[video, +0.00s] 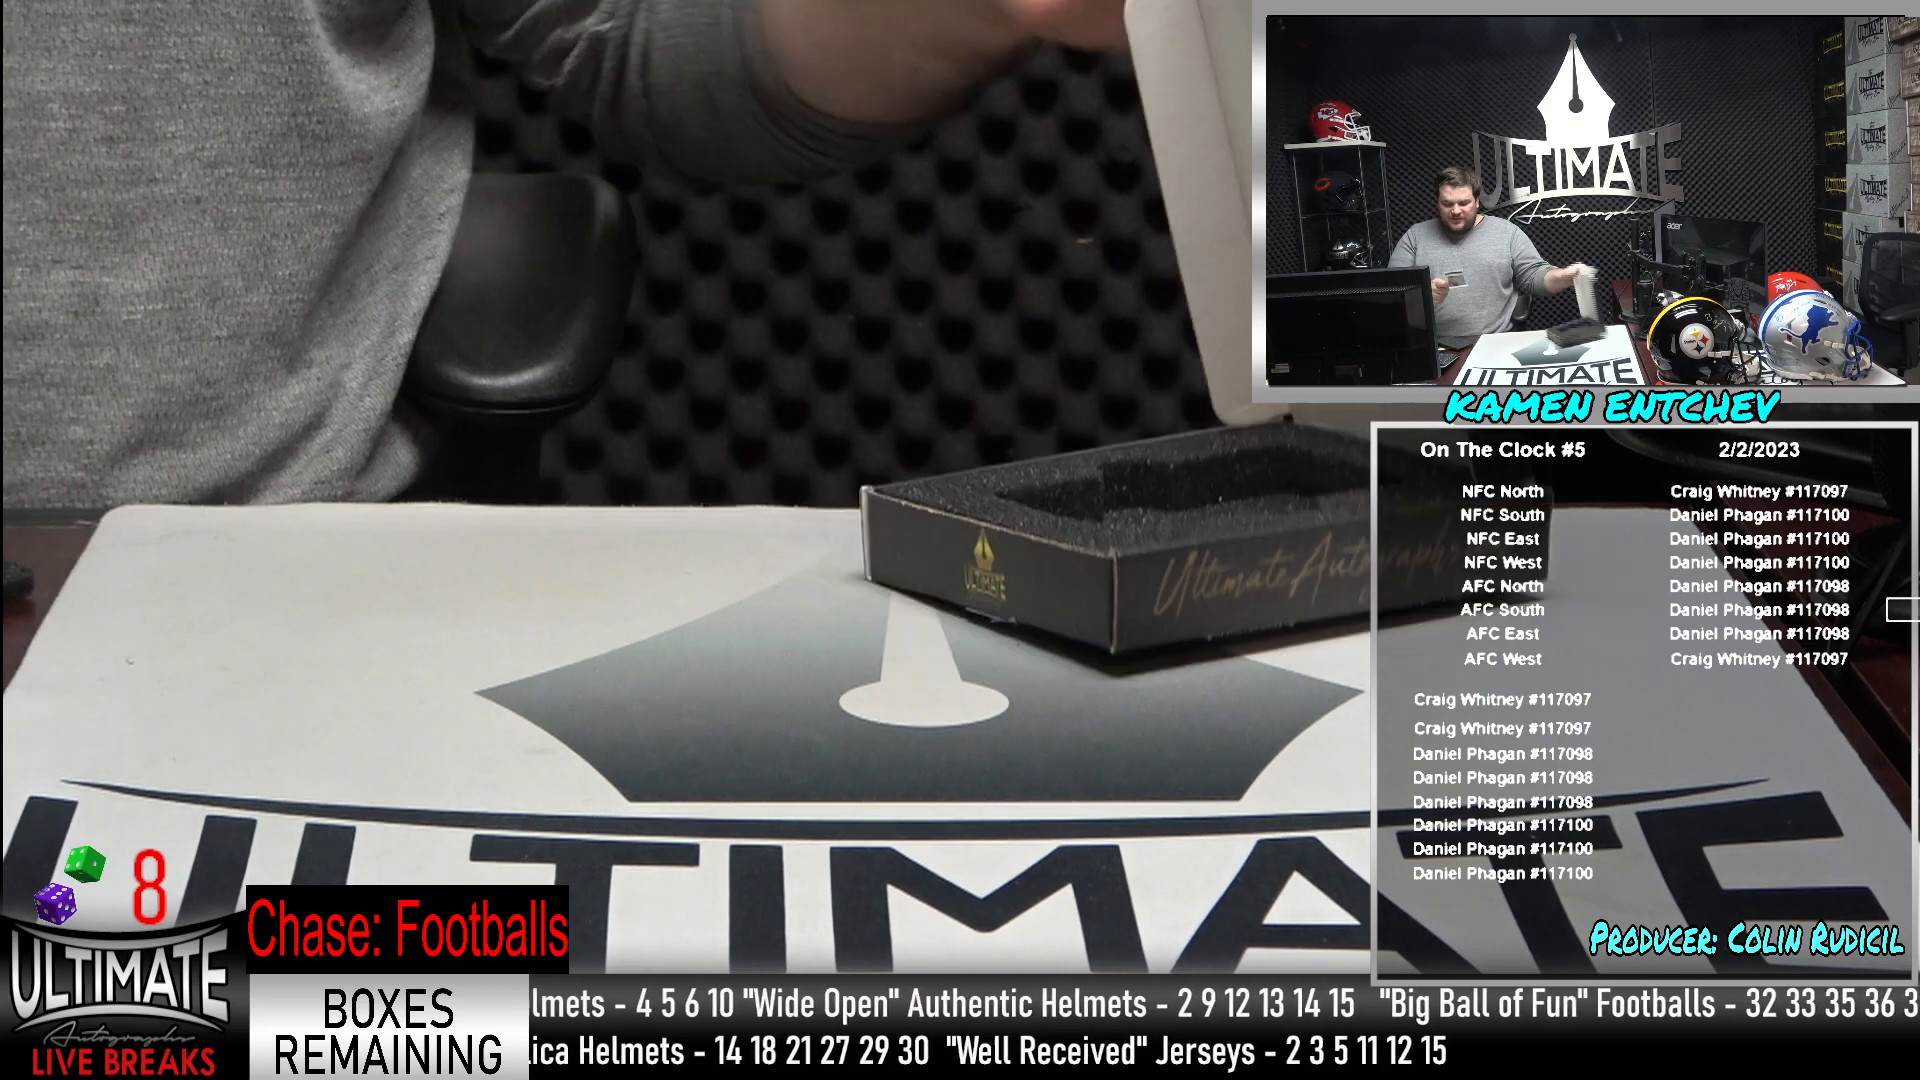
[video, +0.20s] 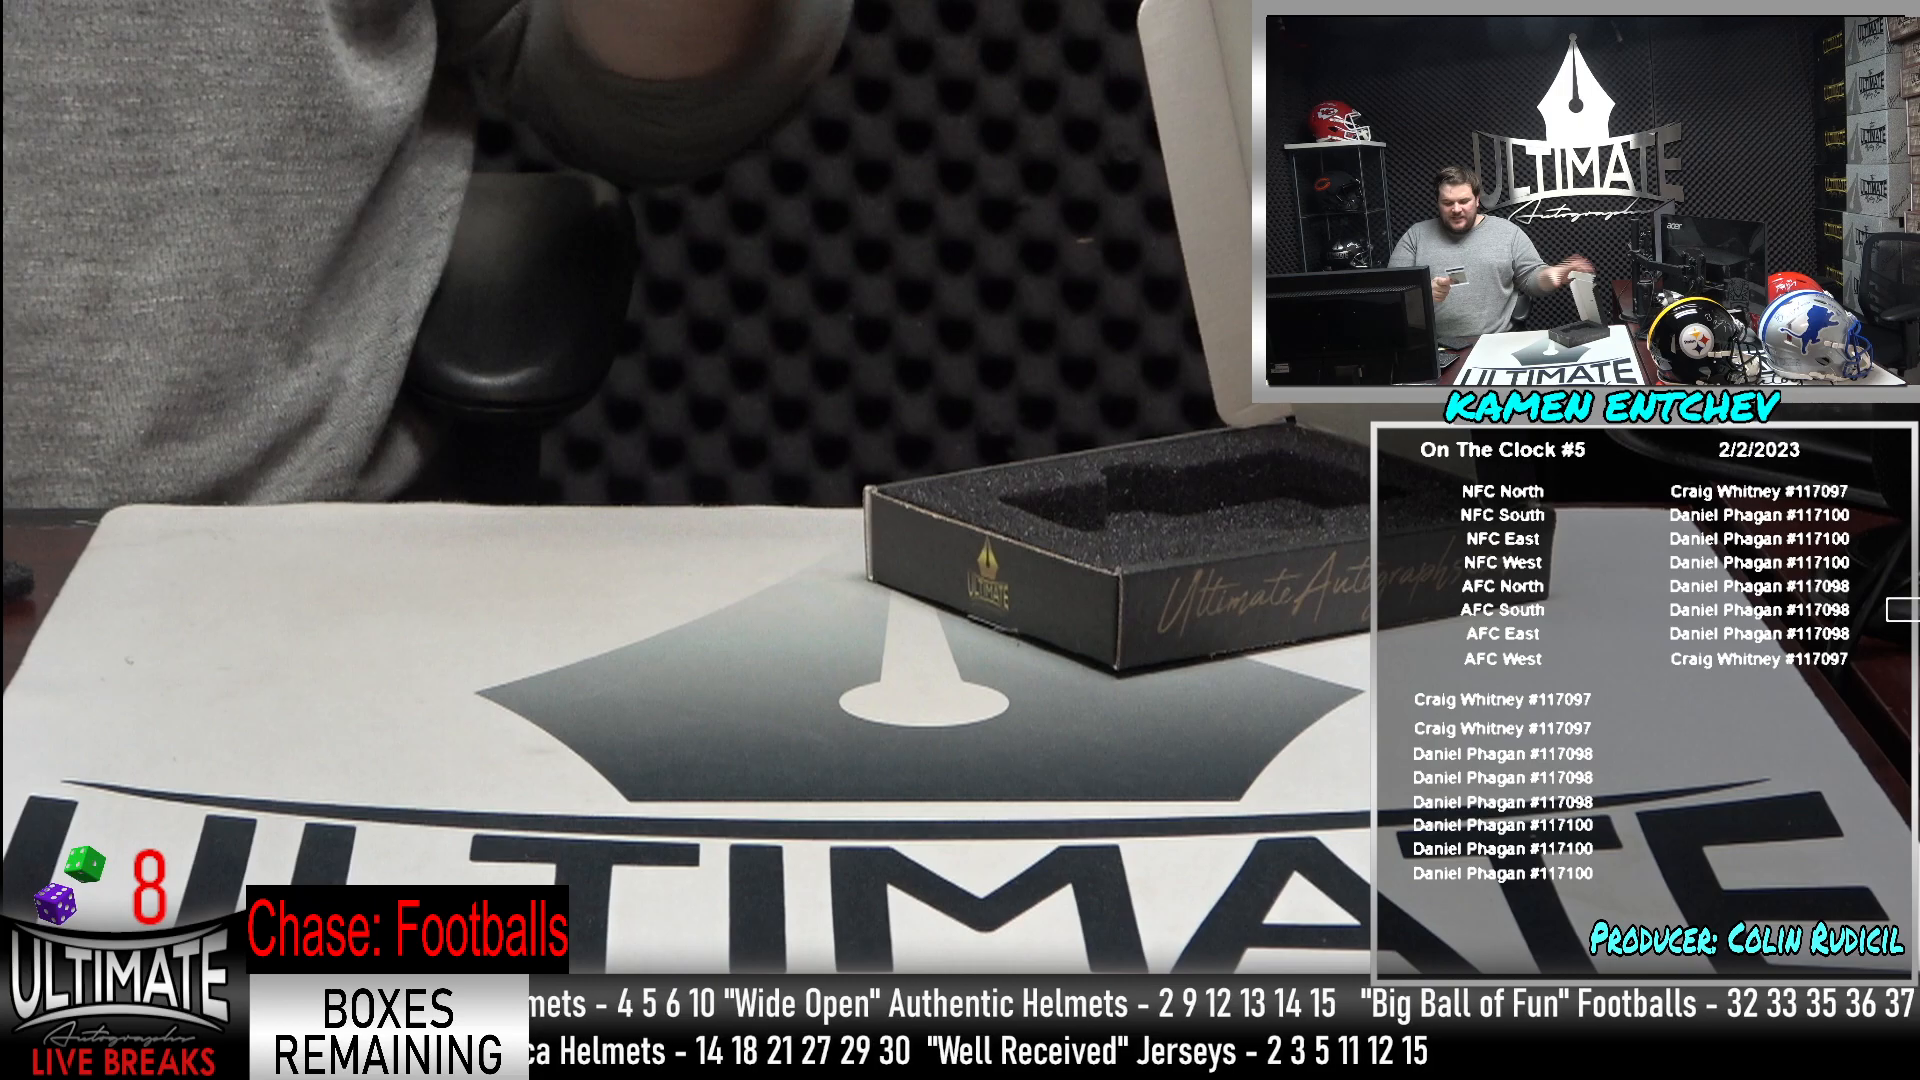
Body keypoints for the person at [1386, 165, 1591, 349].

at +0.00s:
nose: (1456, 211)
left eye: (1463, 203)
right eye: (1448, 204)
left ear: (1477, 201)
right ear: (1437, 203)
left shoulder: (1507, 233)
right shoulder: (1416, 237)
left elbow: (1532, 276)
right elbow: (1390, 288)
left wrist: (1564, 277)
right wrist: (1421, 291)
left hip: (1496, 348)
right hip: (1433, 352)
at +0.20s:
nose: (1456, 210)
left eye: (1463, 201)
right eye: (1448, 203)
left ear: (1476, 200)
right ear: (1438, 203)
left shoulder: (1508, 233)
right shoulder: (1416, 237)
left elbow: (1530, 275)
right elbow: (1391, 288)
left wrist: (1552, 277)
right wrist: (1423, 290)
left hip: (1497, 348)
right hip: (1434, 352)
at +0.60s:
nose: (1465, 209)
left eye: (1472, 201)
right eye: (1456, 202)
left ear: (1483, 199)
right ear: (1443, 202)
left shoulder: (1507, 232)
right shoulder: (1420, 234)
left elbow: (1536, 281)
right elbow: (1393, 287)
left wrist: (1495, 284)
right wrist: (1432, 289)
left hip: (1497, 345)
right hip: (1436, 349)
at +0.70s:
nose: (1465, 209)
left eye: (1472, 201)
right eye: (1456, 202)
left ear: (1483, 199)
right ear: (1443, 202)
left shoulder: (1507, 232)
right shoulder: (1420, 234)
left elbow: (1536, 281)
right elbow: (1393, 287)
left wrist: (1495, 284)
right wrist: (1432, 289)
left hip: (1497, 345)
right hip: (1436, 349)